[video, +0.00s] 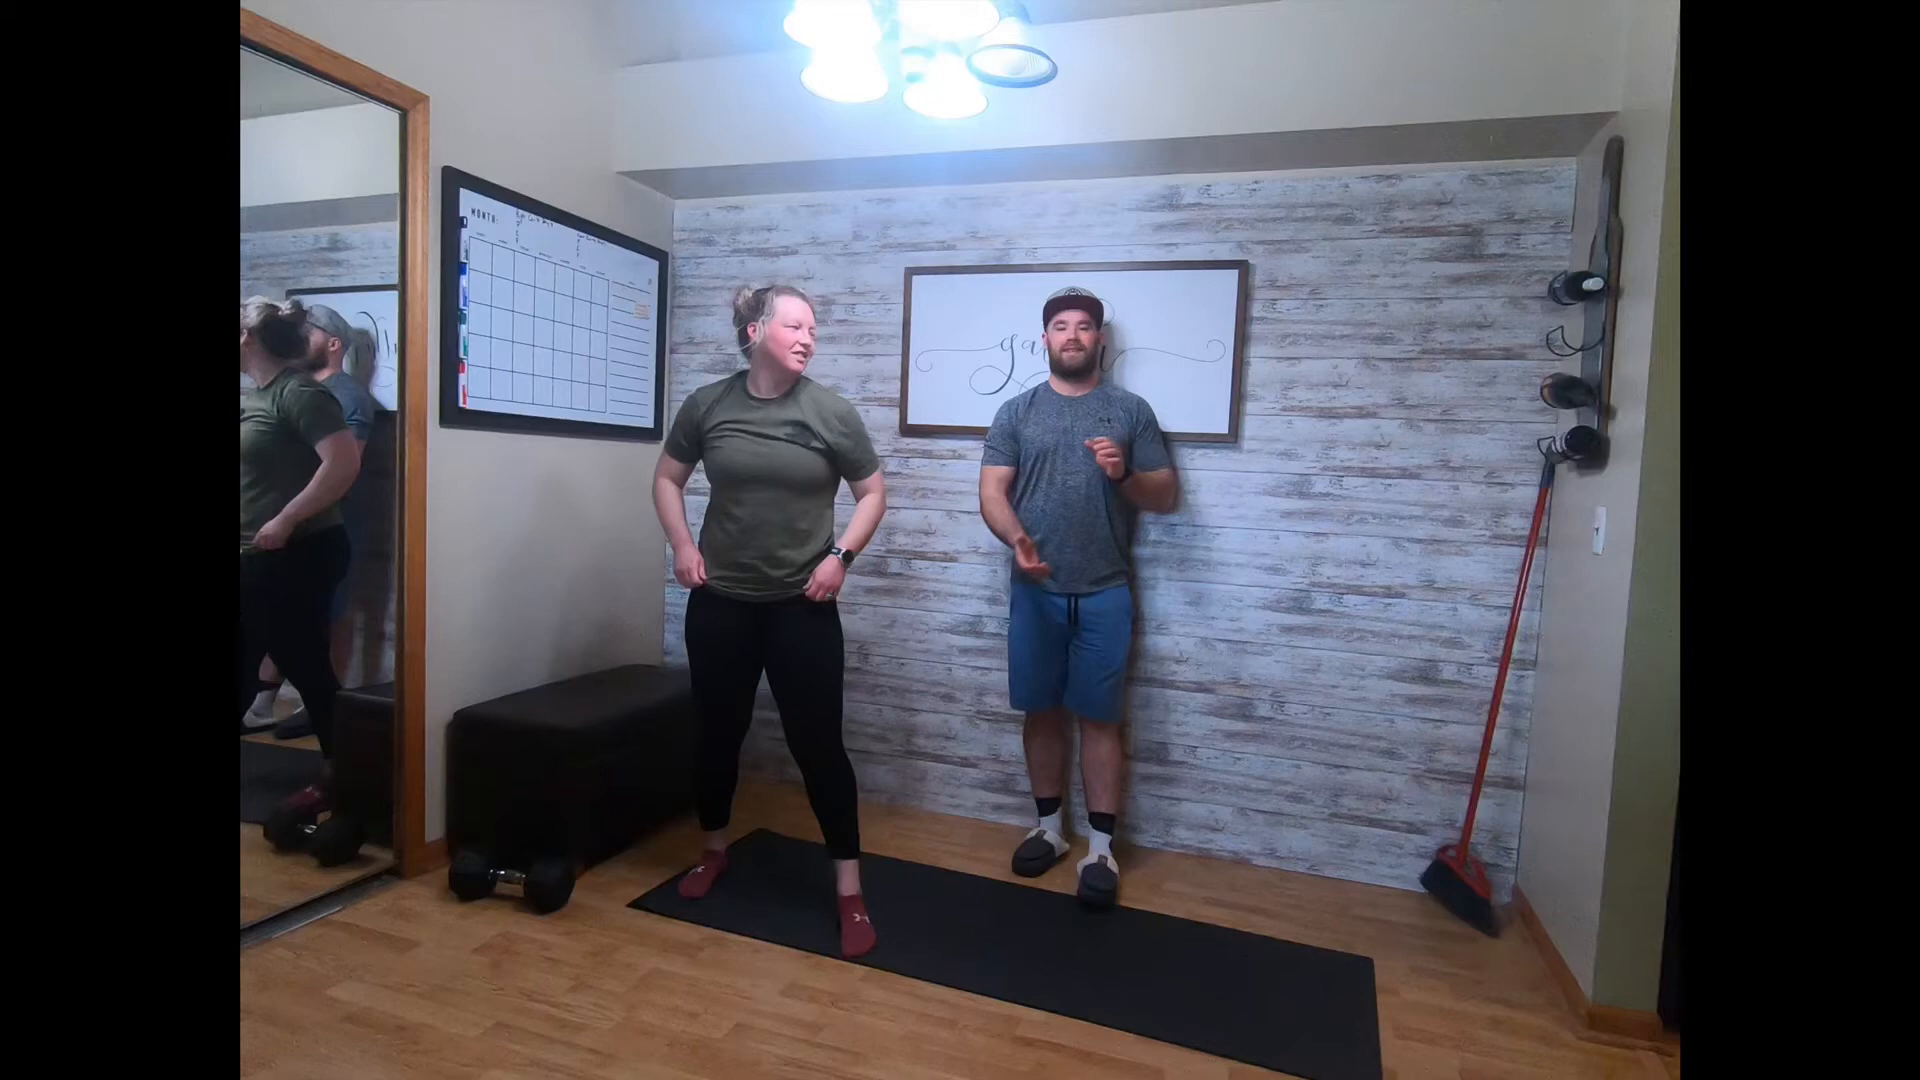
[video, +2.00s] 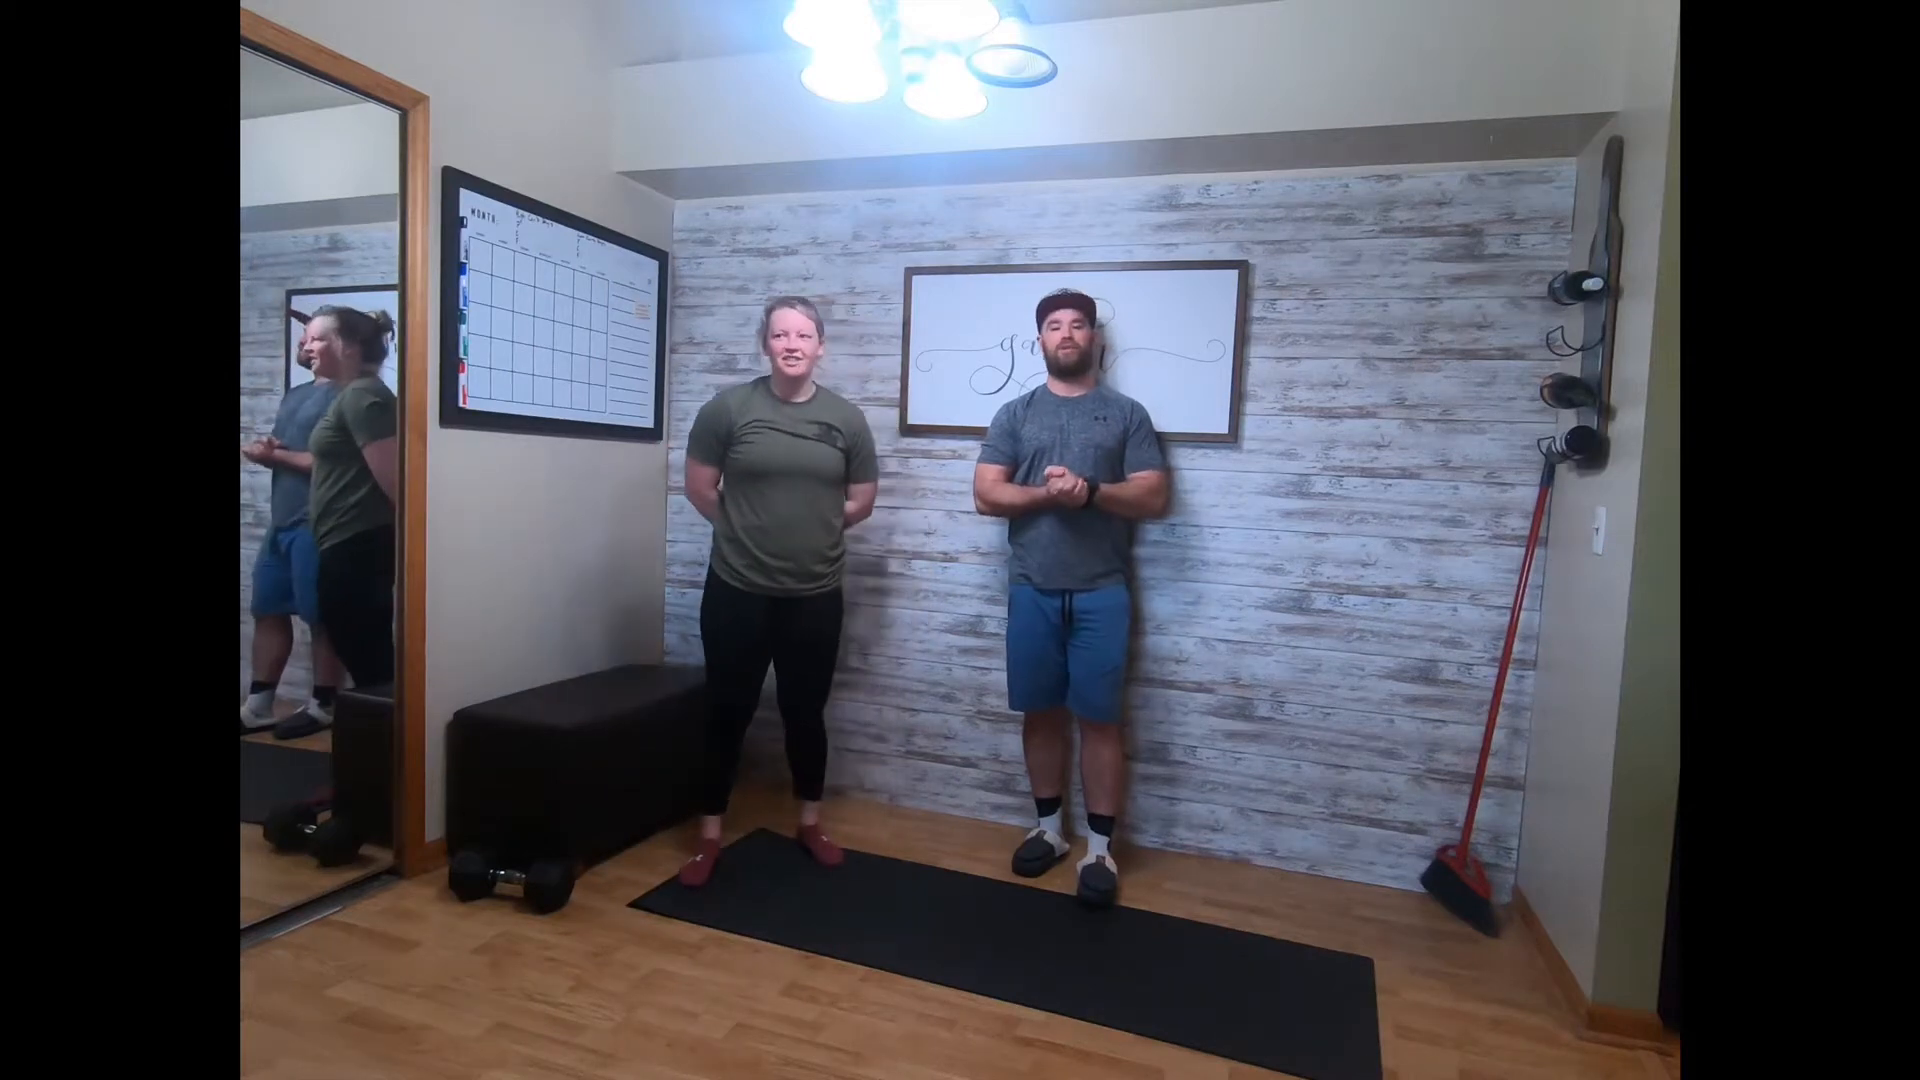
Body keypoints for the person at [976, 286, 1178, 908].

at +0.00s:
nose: (1072, 334)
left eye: (1083, 326)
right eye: (1060, 326)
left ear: (1100, 340)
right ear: (1045, 340)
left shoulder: (1129, 411)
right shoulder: (1018, 411)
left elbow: (1164, 497)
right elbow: (992, 494)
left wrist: (1124, 474)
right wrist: (1016, 536)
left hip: (1103, 585)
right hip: (1035, 583)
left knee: (1099, 714)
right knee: (1040, 710)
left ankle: (1100, 850)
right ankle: (1048, 830)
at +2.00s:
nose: (1067, 332)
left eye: (1078, 324)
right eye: (1055, 326)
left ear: (1095, 339)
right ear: (1040, 341)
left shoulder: (1125, 414)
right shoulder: (1015, 414)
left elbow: (1154, 498)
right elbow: (986, 494)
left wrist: (1089, 490)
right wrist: (1047, 493)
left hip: (1102, 585)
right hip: (1032, 585)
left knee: (1098, 715)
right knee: (1040, 711)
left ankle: (1099, 851)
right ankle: (1048, 830)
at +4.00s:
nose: (1064, 335)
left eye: (1075, 327)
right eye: (1053, 327)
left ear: (1091, 341)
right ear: (1036, 339)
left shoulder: (1116, 413)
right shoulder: (1005, 414)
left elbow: (1146, 497)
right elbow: (977, 495)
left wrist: (1076, 488)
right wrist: (1027, 492)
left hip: (1091, 584)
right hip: (1022, 586)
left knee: (1091, 715)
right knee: (1035, 710)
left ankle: (1096, 849)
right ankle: (1048, 830)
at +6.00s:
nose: (1066, 337)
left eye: (1077, 327)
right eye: (1054, 329)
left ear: (1095, 338)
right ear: (1041, 342)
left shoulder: (1124, 415)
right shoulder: (1014, 413)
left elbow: (1159, 502)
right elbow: (987, 494)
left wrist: (1107, 487)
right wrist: (1048, 497)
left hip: (1100, 584)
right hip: (1030, 584)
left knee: (1096, 713)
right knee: (1039, 709)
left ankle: (1098, 850)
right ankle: (1048, 831)